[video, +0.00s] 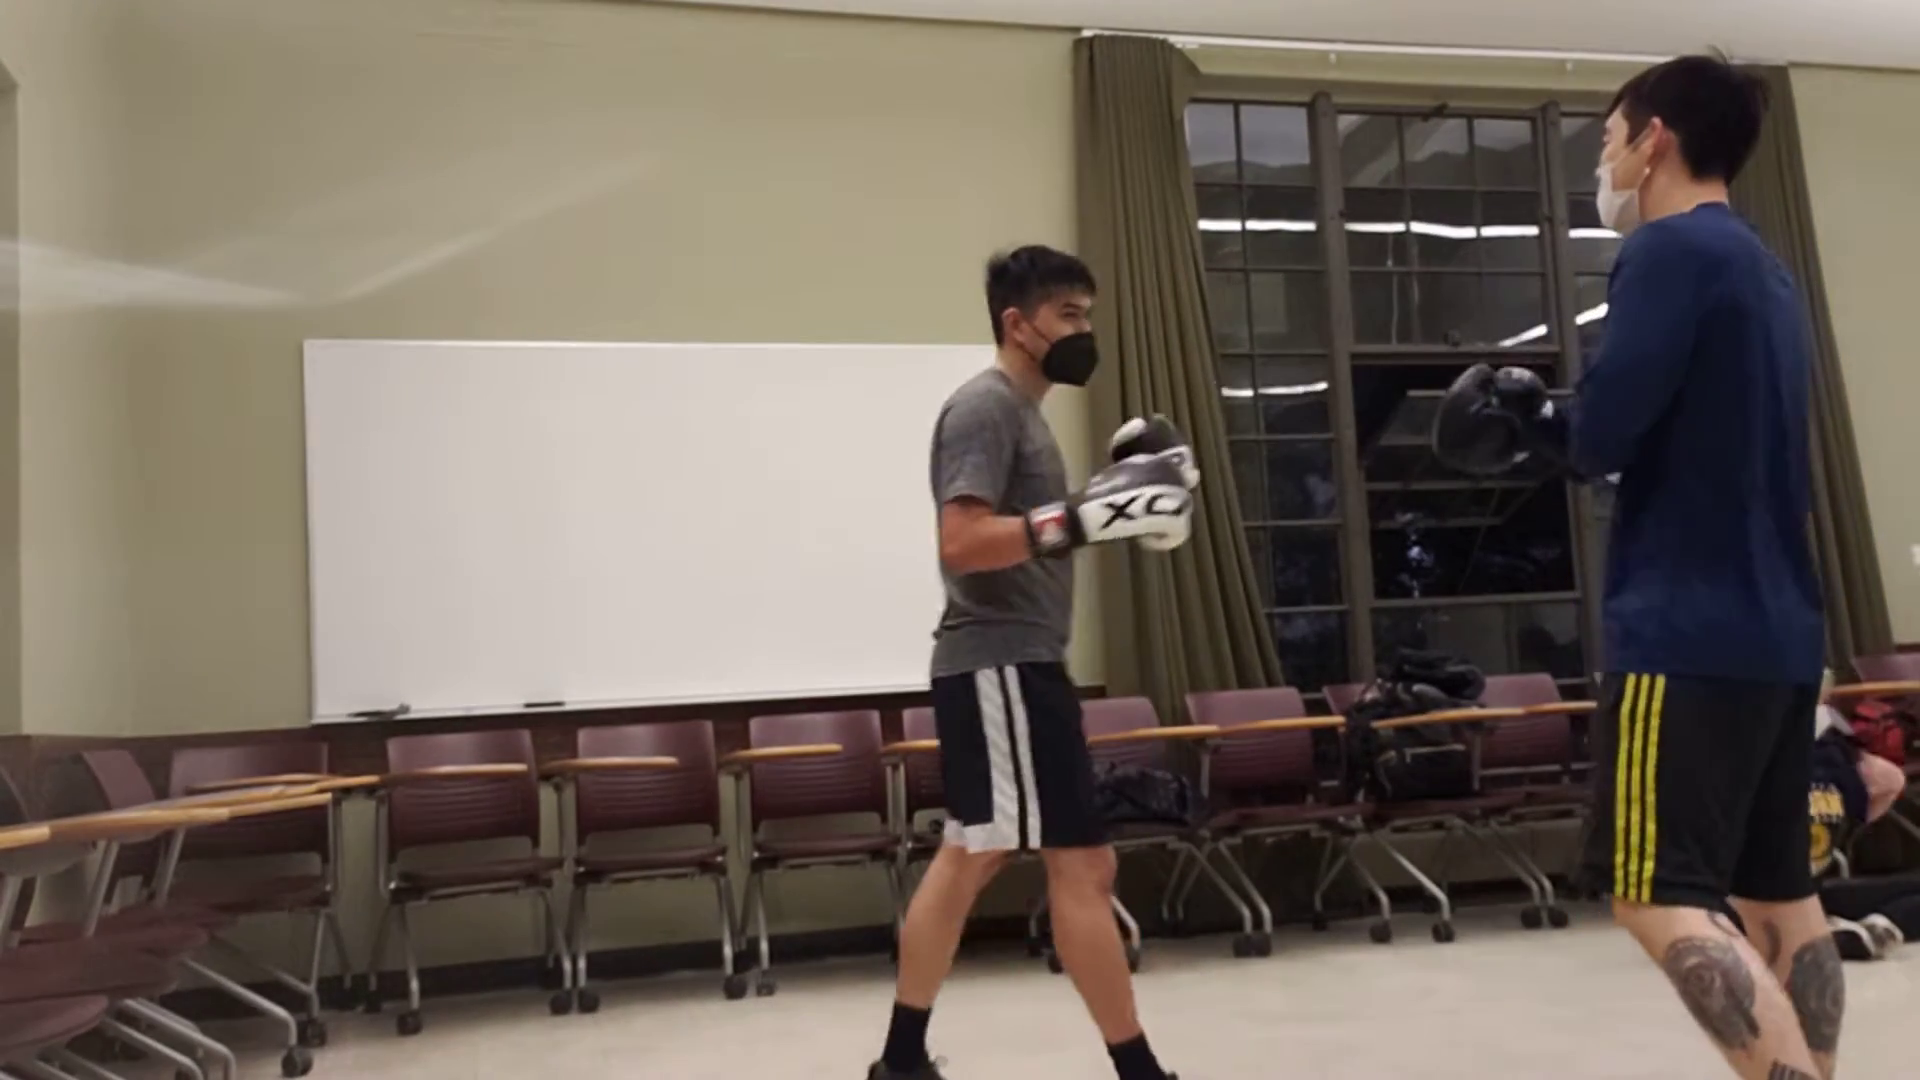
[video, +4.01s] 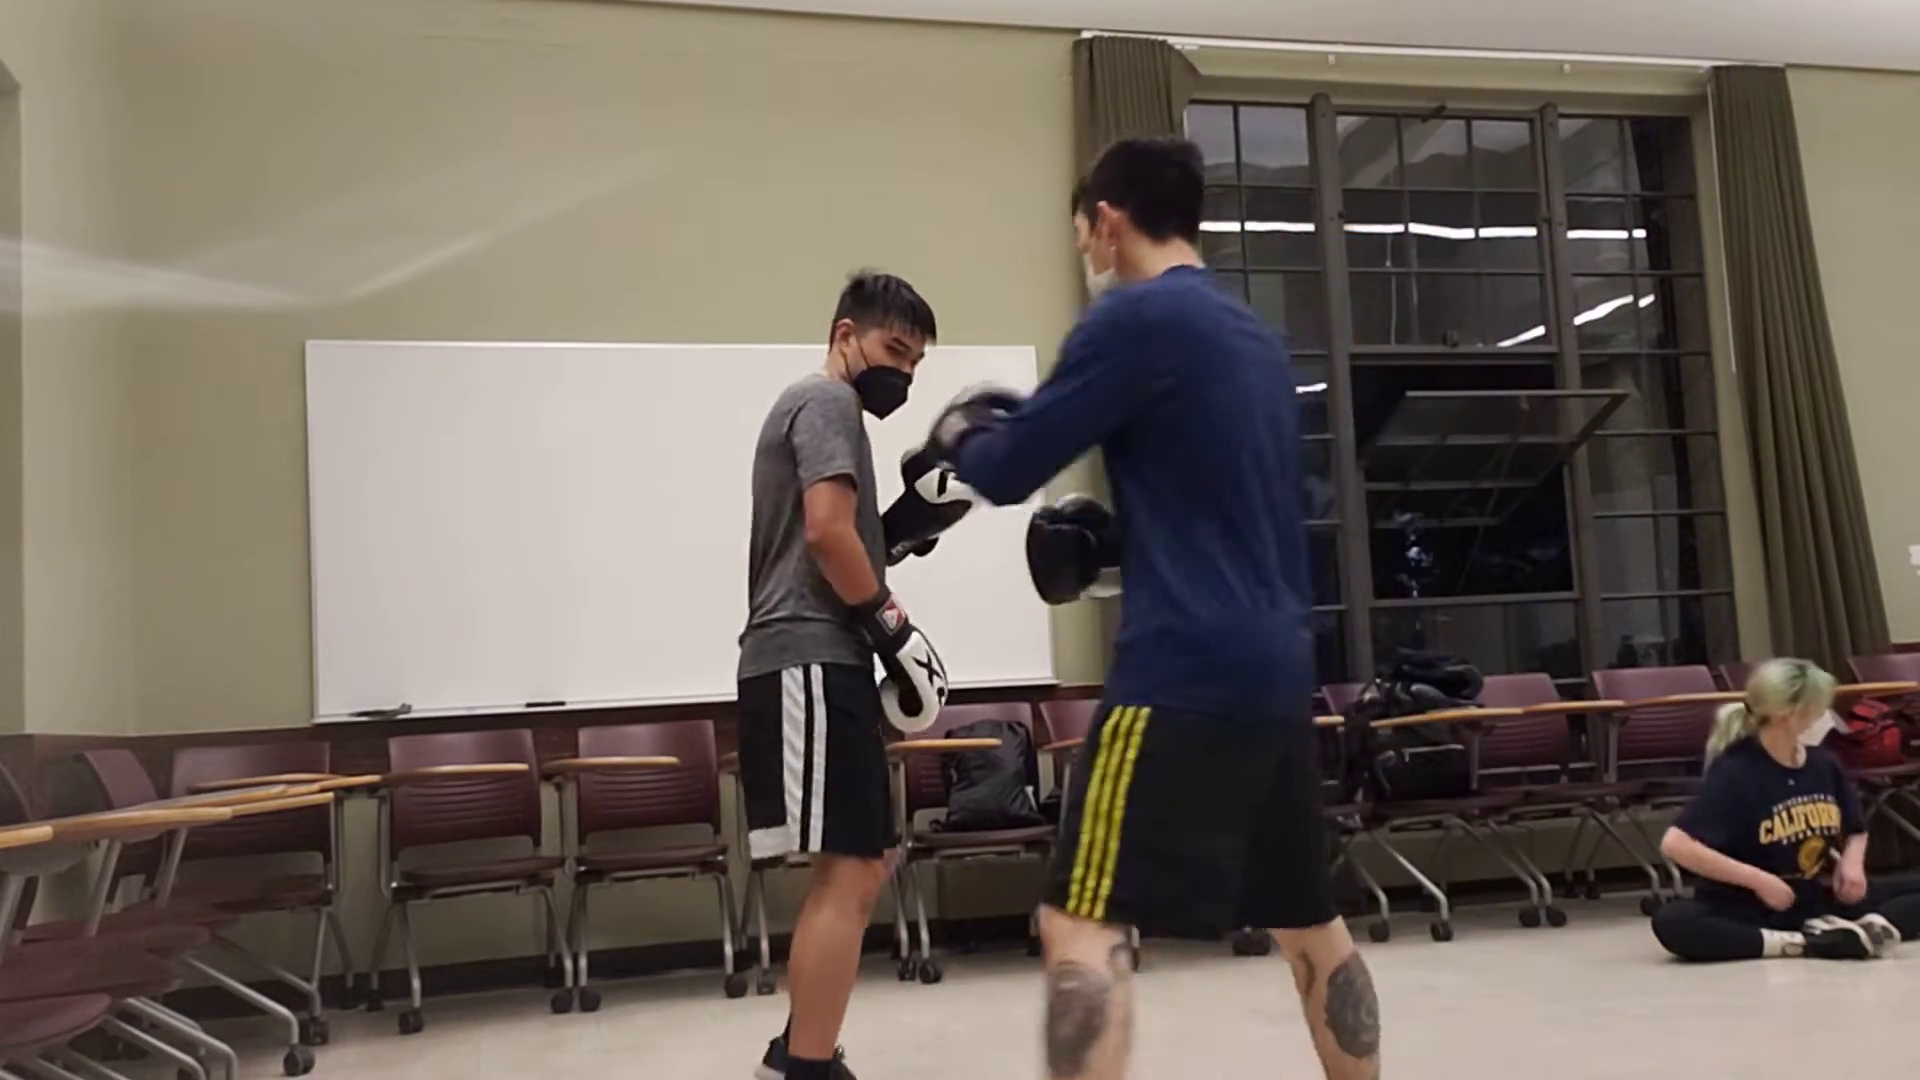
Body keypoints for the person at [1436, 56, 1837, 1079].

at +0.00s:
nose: (1601, 166)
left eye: (1610, 143)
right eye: (1603, 145)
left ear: (1655, 142)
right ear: (1697, 150)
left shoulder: (1667, 253)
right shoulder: (1765, 271)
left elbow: (1603, 434)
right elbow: (1703, 449)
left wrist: (1541, 404)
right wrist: (1552, 421)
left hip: (1685, 630)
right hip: (1778, 626)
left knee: (1653, 894)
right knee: (1775, 885)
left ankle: (1784, 1070)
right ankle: (1812, 1072)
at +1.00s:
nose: (1621, 116)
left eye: (1629, 87)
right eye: (1619, 93)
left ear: (1692, 74)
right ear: (1700, 81)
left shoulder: (1810, 208)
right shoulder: (1720, 231)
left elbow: (1807, 412)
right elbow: (1692, 403)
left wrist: (1628, 429)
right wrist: (1573, 422)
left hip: (1784, 631)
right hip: (1704, 630)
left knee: (1806, 913)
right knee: (1694, 887)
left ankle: (1879, 1073)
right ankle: (1790, 1077)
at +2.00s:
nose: (1445, 195)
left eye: (1451, 169)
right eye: (1442, 176)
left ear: (1503, 154)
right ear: (1519, 161)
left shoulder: (1597, 256)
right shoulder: (1542, 287)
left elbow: (1619, 427)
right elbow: (1460, 433)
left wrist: (1499, 486)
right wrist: (1330, 395)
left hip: (1631, 637)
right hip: (1572, 640)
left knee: (1651, 891)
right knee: (1605, 893)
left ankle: (1799, 1072)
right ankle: (1646, 1076)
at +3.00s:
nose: (1342, 180)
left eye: (1337, 152)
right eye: (1335, 157)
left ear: (1376, 129)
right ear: (1424, 127)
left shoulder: (1461, 254)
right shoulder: (1475, 242)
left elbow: (1491, 448)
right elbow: (1476, 443)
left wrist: (1356, 485)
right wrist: (1355, 465)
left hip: (1479, 656)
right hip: (1451, 652)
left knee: (1510, 936)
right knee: (1451, 922)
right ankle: (1546, 1076)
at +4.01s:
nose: (1086, 253)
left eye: (1084, 235)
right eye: (1082, 237)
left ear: (1108, 224)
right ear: (1188, 223)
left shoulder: (1134, 321)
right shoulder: (1252, 332)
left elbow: (1002, 472)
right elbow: (1254, 513)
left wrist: (971, 423)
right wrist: (1109, 534)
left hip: (1177, 674)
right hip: (1277, 673)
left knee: (1079, 923)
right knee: (1309, 921)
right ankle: (1360, 1076)